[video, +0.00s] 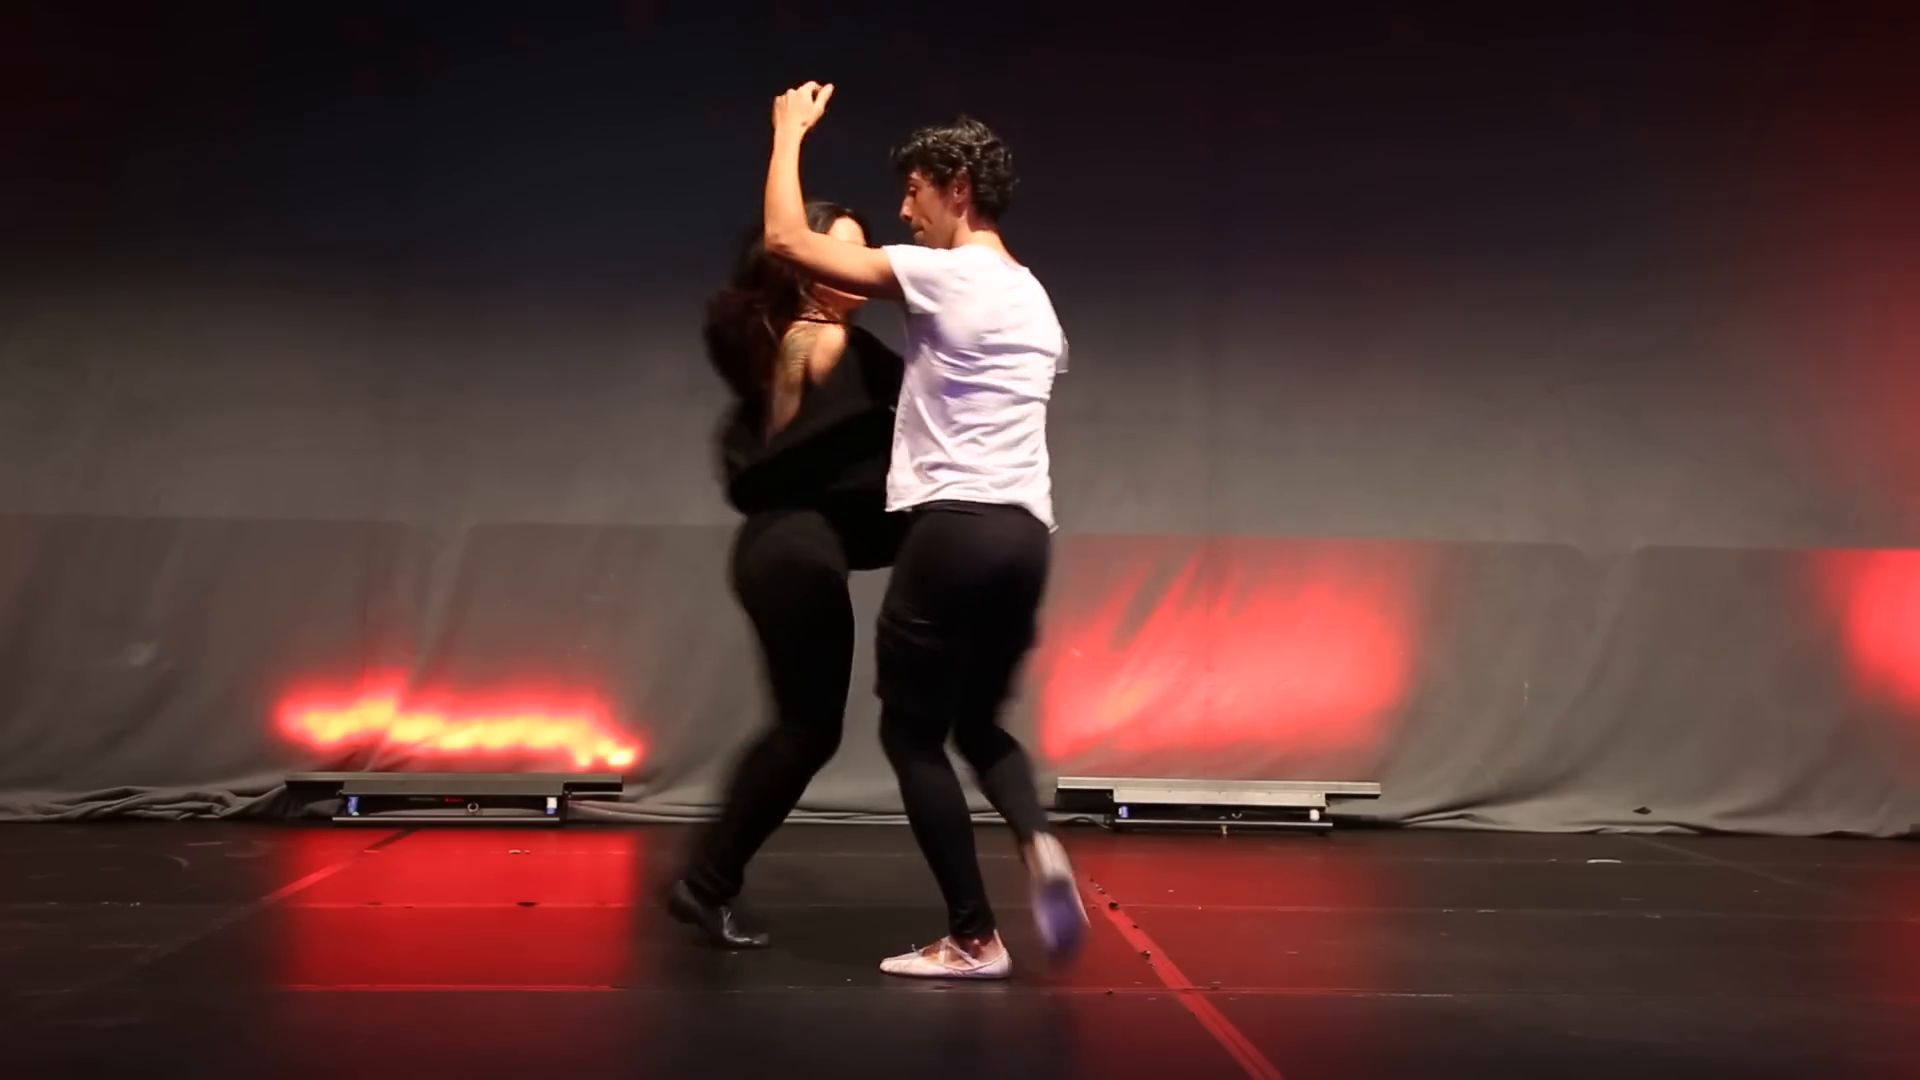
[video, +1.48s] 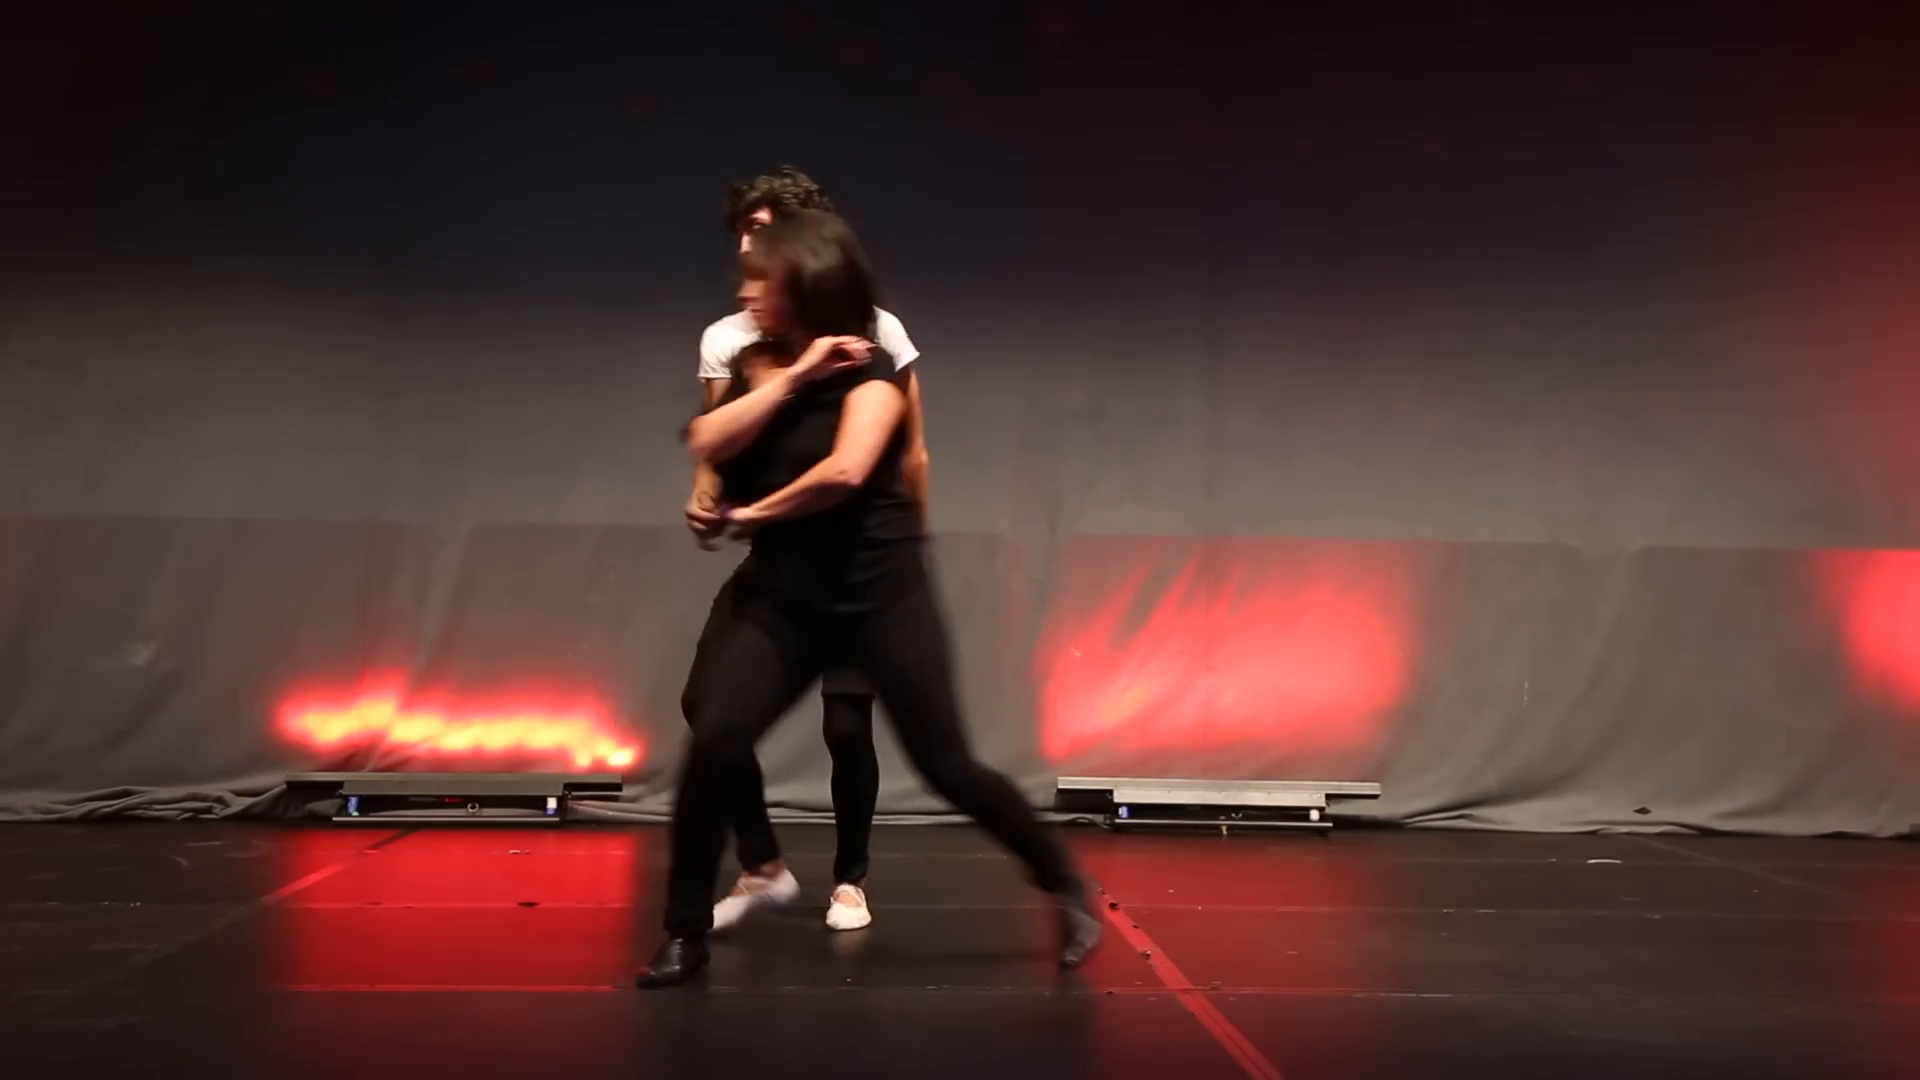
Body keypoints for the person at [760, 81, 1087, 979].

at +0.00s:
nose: (905, 209)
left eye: (914, 193)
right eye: (907, 195)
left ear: (960, 194)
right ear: (976, 196)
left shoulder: (944, 273)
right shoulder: (1036, 299)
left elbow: (788, 237)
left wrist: (787, 133)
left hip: (952, 529)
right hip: (1025, 534)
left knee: (912, 737)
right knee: (979, 720)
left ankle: (974, 938)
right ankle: (1042, 850)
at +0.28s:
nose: (885, 209)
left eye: (895, 193)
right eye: (885, 194)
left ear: (940, 193)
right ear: (935, 197)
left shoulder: (978, 273)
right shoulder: (942, 296)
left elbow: (847, 244)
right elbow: (882, 439)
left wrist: (805, 137)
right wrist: (796, 464)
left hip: (970, 534)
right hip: (938, 527)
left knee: (898, 724)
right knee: (861, 693)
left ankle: (962, 929)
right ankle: (951, 857)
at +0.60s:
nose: (844, 208)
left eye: (863, 195)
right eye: (842, 193)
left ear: (911, 212)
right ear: (843, 211)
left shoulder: (963, 301)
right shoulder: (838, 332)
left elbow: (947, 292)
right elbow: (747, 413)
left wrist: (882, 176)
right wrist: (635, 419)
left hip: (984, 536)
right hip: (916, 543)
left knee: (953, 717)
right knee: (861, 715)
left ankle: (978, 926)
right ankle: (826, 904)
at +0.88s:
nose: (790, 231)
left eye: (805, 216)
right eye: (790, 217)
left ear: (854, 226)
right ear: (817, 230)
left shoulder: (924, 322)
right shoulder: (783, 333)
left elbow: (961, 445)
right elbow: (706, 410)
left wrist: (980, 415)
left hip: (896, 551)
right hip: (826, 552)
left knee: (879, 719)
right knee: (773, 714)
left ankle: (972, 889)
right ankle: (814, 901)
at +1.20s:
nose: (778, 244)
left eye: (792, 228)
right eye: (773, 232)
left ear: (839, 232)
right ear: (777, 247)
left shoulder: (905, 332)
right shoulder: (761, 340)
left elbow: (934, 457)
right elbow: (736, 449)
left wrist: (942, 570)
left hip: (857, 560)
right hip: (772, 557)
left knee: (825, 727)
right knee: (761, 724)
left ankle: (859, 869)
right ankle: (783, 891)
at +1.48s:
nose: (757, 259)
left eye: (772, 243)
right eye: (749, 244)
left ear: (813, 246)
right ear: (737, 248)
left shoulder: (878, 332)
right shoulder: (725, 340)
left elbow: (912, 450)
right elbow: (714, 443)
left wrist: (913, 543)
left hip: (863, 550)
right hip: (767, 545)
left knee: (848, 724)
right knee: (707, 705)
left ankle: (850, 881)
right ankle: (764, 867)